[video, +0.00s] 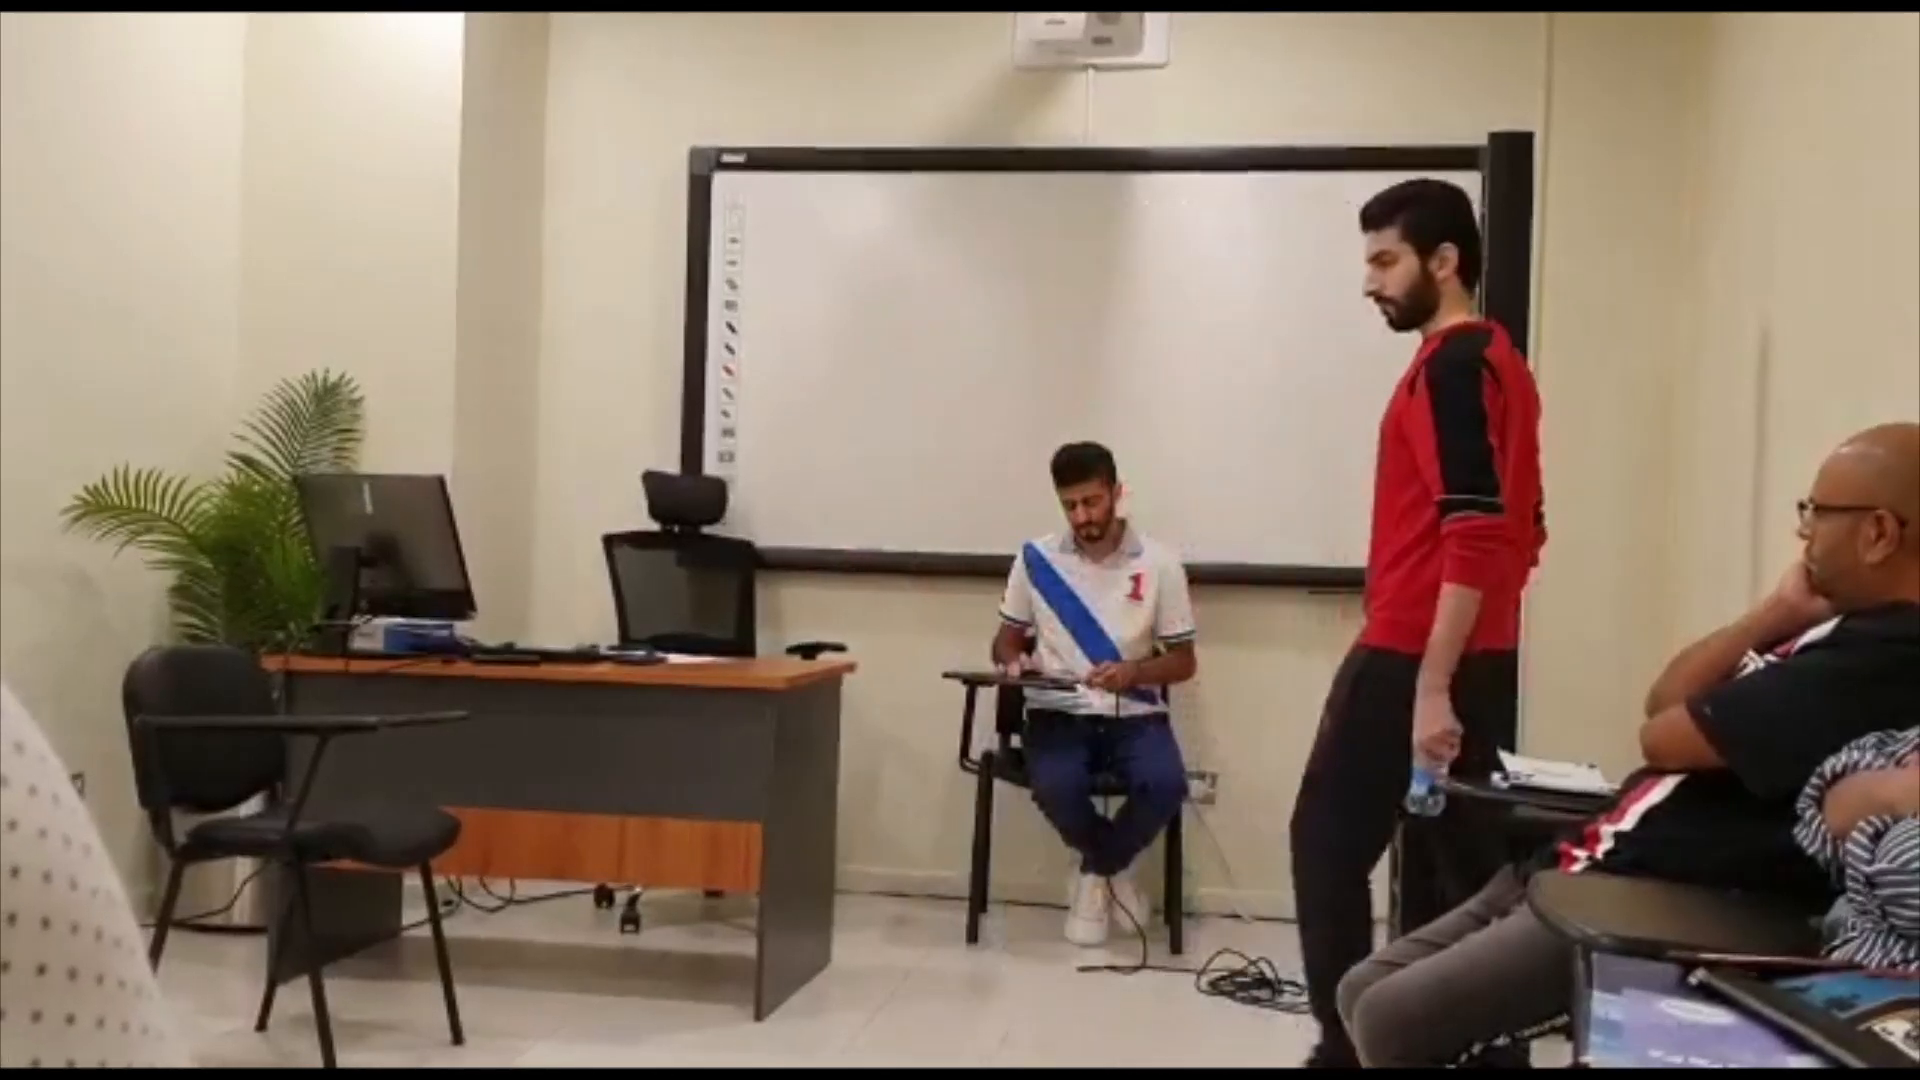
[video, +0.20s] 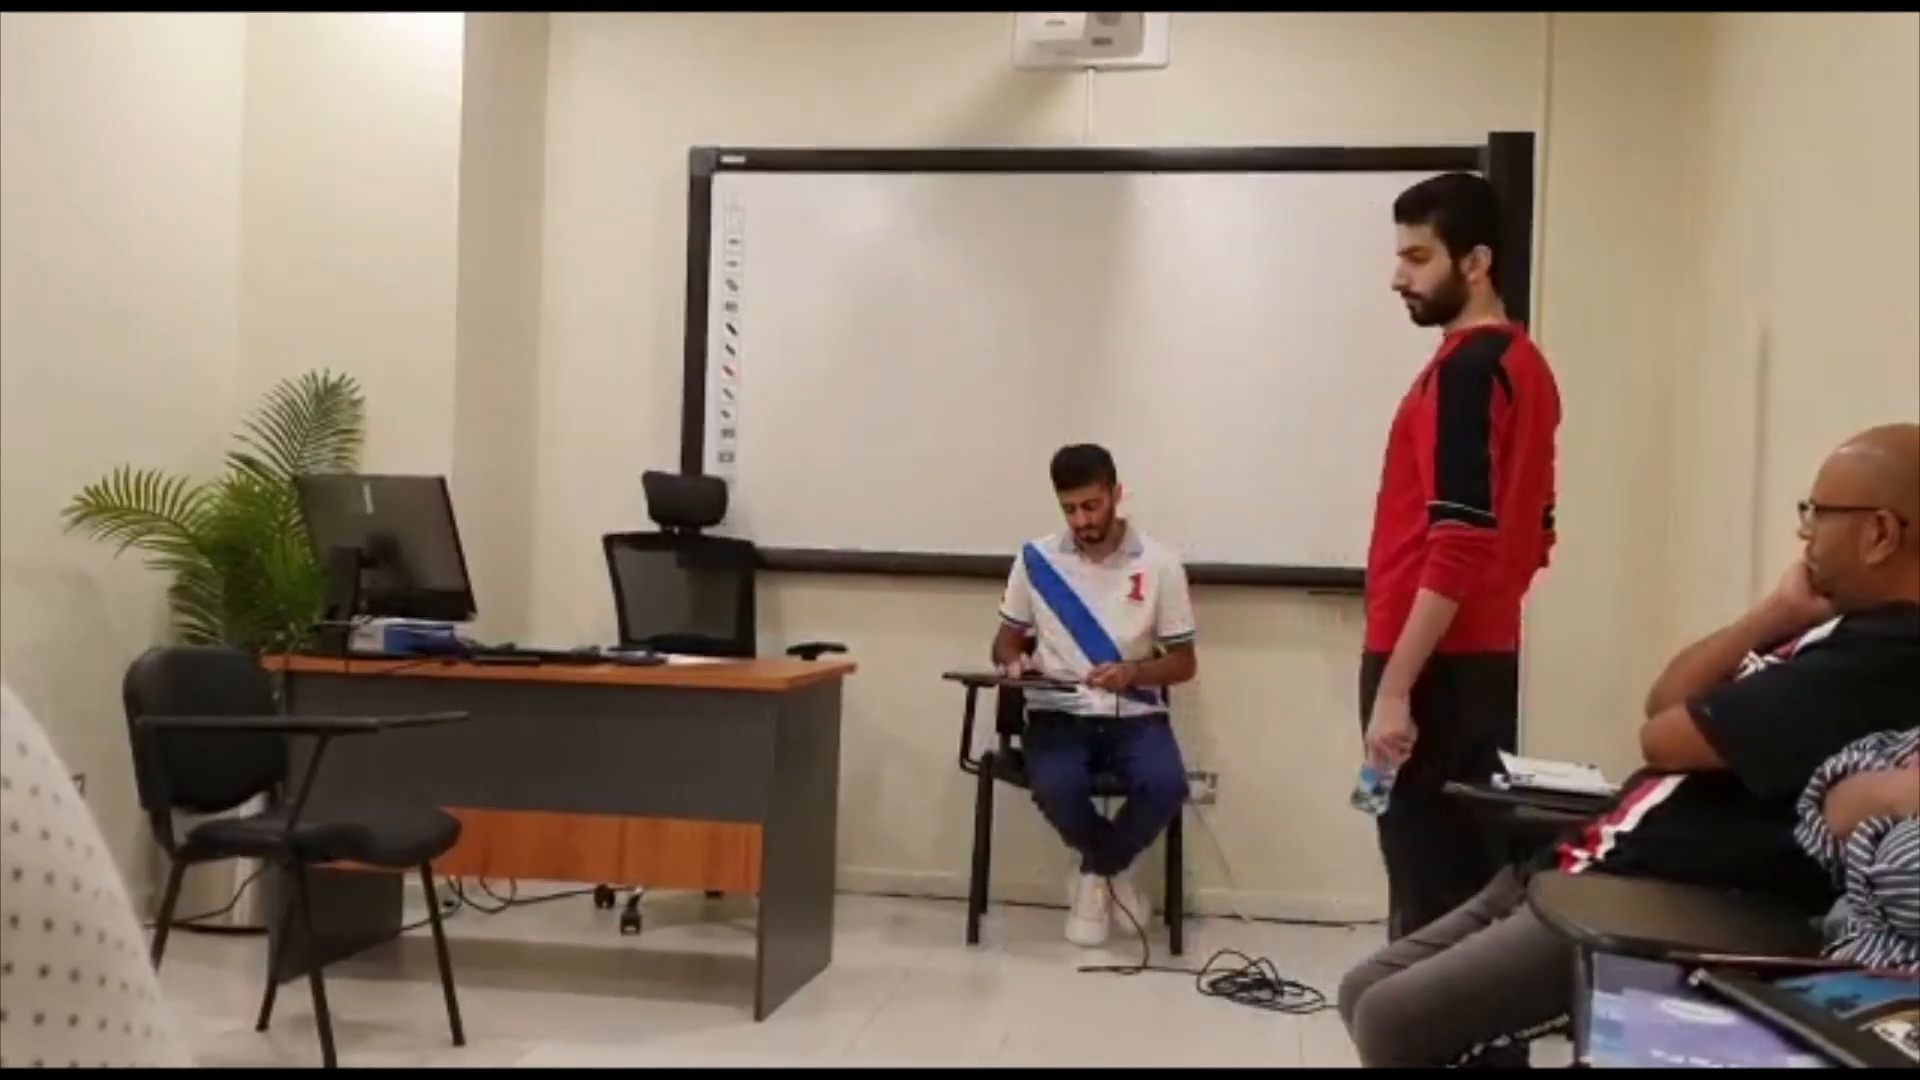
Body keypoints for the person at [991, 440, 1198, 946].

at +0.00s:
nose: (1082, 517)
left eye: (1091, 502)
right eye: (1071, 506)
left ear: (1117, 494)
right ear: (1060, 503)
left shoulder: (1158, 563)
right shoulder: (1035, 560)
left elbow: (1183, 661)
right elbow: (1008, 640)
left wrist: (1132, 673)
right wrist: (1011, 658)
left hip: (1134, 714)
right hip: (1058, 713)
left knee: (1164, 787)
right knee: (1055, 790)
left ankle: (1094, 876)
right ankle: (1114, 868)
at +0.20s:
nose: (1081, 520)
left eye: (1090, 506)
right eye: (1070, 509)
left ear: (1116, 495)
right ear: (1059, 505)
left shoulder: (1158, 564)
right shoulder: (1035, 561)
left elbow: (1183, 662)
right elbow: (1006, 642)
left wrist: (1131, 674)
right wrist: (1013, 661)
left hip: (1134, 716)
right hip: (1058, 715)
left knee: (1164, 787)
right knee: (1055, 792)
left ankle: (1094, 877)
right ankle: (1114, 870)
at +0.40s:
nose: (1080, 522)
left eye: (1090, 507)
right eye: (1070, 511)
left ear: (1116, 496)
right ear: (1059, 506)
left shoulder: (1159, 564)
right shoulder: (1036, 560)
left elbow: (1184, 662)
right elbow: (1006, 644)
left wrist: (1131, 674)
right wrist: (1014, 662)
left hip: (1135, 715)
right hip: (1059, 714)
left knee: (1164, 788)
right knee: (1056, 792)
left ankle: (1095, 877)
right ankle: (1115, 869)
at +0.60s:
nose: (1080, 523)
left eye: (1089, 508)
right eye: (1069, 512)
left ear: (1116, 497)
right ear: (1059, 507)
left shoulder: (1159, 564)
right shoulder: (1036, 560)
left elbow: (1184, 662)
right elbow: (1007, 643)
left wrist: (1132, 674)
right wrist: (1014, 661)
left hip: (1135, 716)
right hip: (1059, 715)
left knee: (1164, 788)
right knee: (1056, 791)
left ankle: (1096, 878)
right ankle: (1115, 870)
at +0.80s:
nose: (1079, 523)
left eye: (1088, 509)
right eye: (1068, 513)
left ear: (1115, 497)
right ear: (1058, 508)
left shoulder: (1159, 564)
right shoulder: (1036, 560)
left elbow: (1184, 662)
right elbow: (1007, 641)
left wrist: (1132, 674)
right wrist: (1014, 661)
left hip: (1135, 716)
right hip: (1059, 715)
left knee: (1164, 788)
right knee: (1056, 790)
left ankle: (1095, 878)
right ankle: (1114, 869)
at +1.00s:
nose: (1079, 524)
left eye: (1088, 510)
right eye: (1068, 514)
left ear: (1115, 497)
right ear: (1058, 509)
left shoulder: (1159, 565)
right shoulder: (1036, 561)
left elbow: (1184, 662)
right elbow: (1007, 643)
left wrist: (1132, 674)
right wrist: (1014, 661)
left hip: (1135, 717)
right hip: (1059, 716)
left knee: (1164, 788)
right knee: (1055, 789)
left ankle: (1095, 879)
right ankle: (1114, 872)